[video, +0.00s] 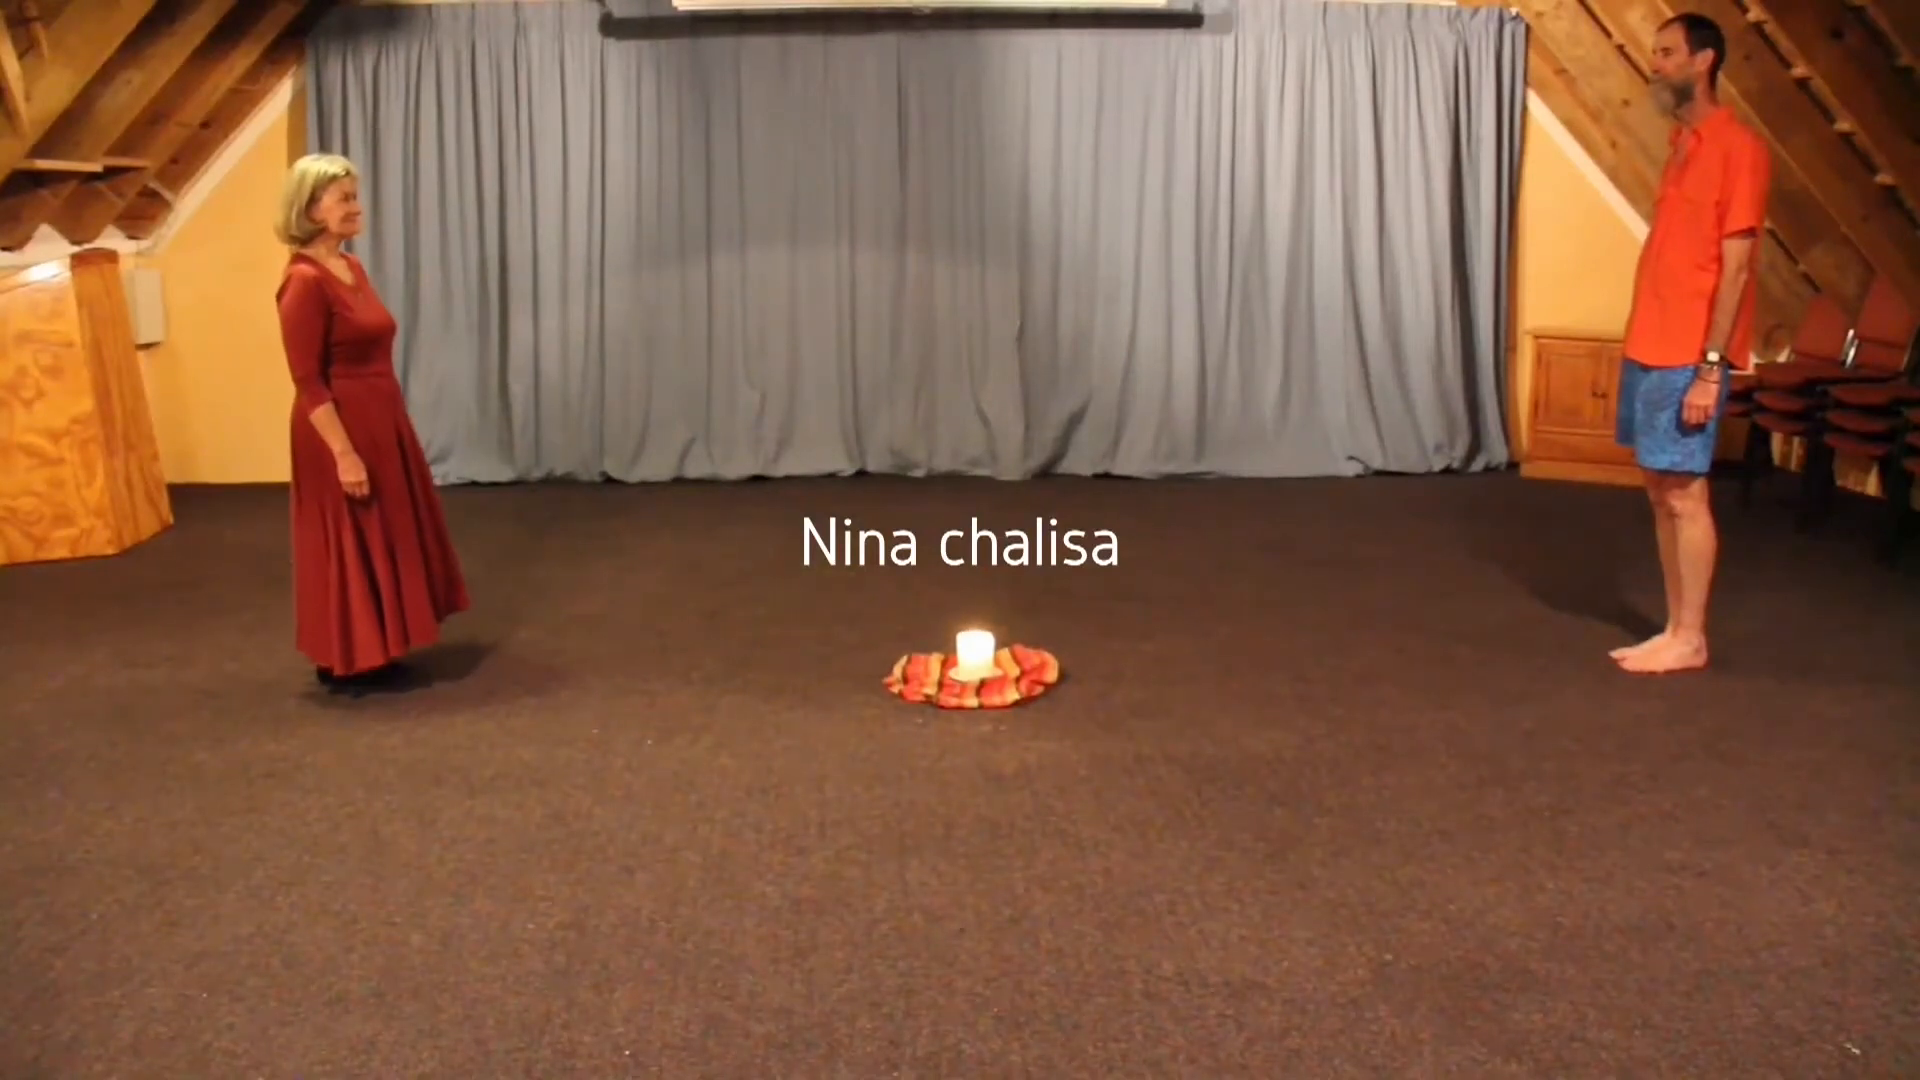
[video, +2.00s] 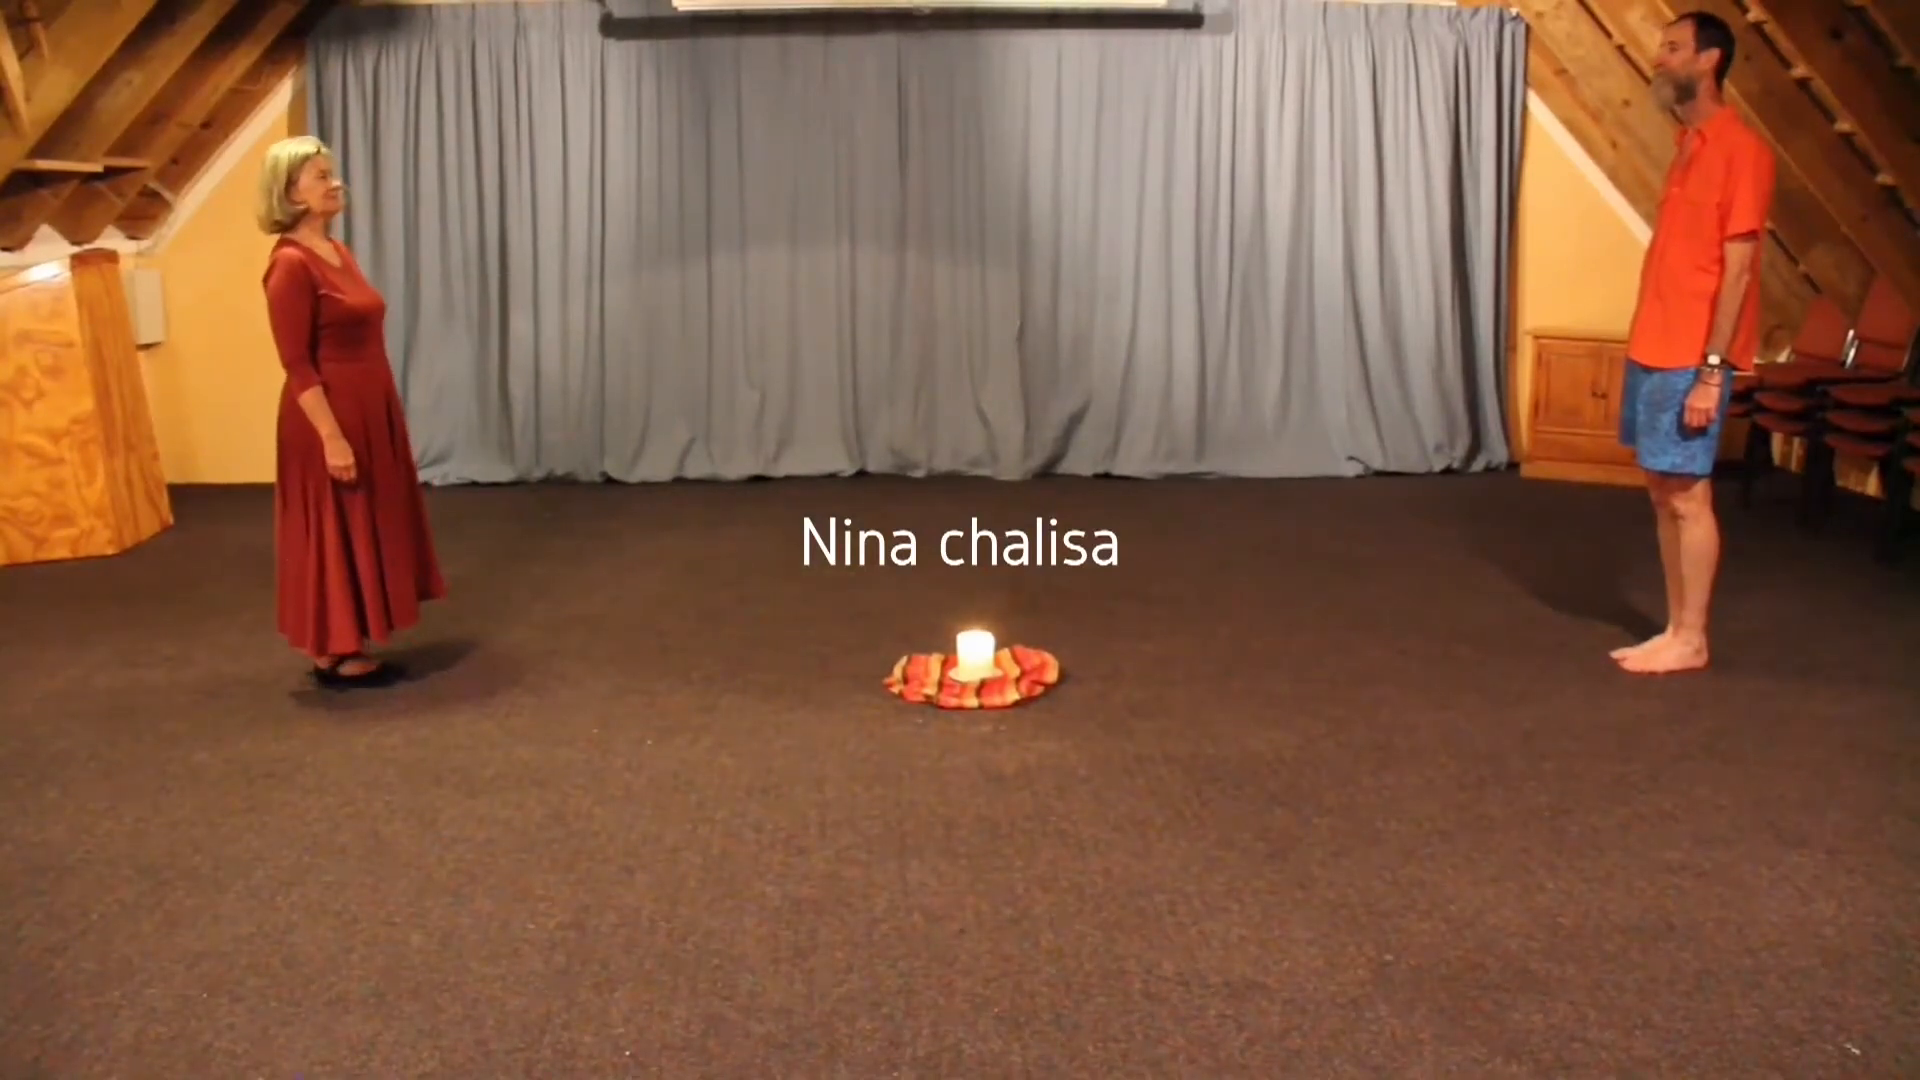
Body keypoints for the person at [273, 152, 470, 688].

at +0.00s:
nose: (356, 207)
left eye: (356, 197)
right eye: (344, 199)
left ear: (353, 205)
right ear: (312, 210)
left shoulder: (351, 267)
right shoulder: (303, 282)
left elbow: (365, 359)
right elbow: (307, 380)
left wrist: (392, 425)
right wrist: (344, 453)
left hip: (376, 420)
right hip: (334, 429)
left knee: (378, 531)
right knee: (344, 539)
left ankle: (375, 649)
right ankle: (343, 656)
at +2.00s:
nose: (337, 184)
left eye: (334, 175)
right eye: (323, 177)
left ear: (318, 192)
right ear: (293, 194)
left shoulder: (336, 250)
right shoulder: (289, 263)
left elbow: (358, 345)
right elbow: (296, 364)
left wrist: (383, 415)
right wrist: (332, 437)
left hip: (365, 406)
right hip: (327, 413)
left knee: (355, 524)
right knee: (330, 528)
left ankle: (346, 645)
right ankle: (335, 650)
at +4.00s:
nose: (331, 184)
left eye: (328, 174)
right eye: (318, 175)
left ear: (320, 184)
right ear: (286, 188)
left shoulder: (324, 250)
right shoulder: (275, 260)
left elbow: (338, 345)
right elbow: (271, 360)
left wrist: (361, 412)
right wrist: (302, 434)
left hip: (340, 404)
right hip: (302, 410)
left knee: (340, 520)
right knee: (311, 525)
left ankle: (339, 641)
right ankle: (323, 648)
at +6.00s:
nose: (354, 182)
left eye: (351, 173)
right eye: (340, 175)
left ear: (343, 185)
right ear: (309, 191)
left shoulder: (354, 250)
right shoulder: (300, 262)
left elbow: (373, 347)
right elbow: (296, 362)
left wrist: (396, 412)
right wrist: (313, 437)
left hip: (374, 407)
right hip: (332, 412)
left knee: (364, 520)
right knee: (333, 524)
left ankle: (351, 641)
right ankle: (335, 647)